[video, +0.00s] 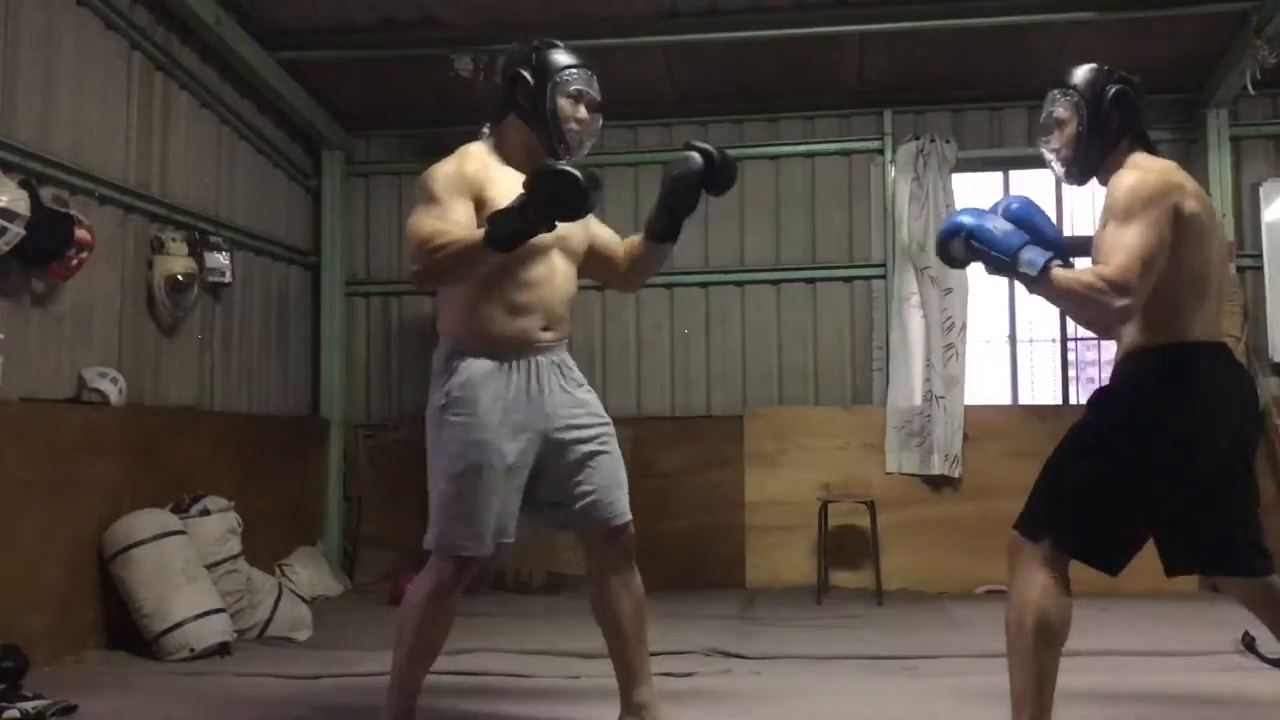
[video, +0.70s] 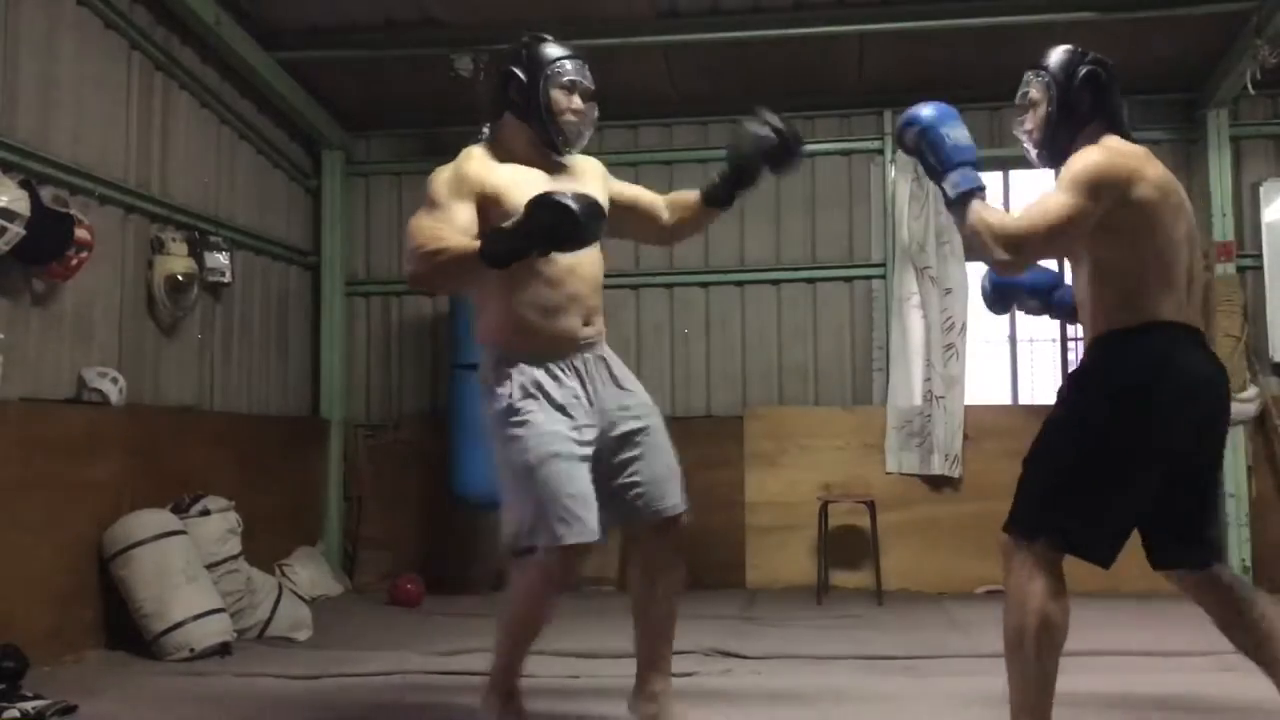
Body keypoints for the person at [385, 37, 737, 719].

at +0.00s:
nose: (590, 117)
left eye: (594, 105)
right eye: (577, 100)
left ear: (588, 115)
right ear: (528, 99)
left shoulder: (566, 202)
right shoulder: (462, 170)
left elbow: (629, 267)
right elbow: (424, 263)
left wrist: (673, 206)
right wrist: (512, 226)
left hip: (559, 374)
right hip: (478, 378)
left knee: (614, 536)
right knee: (457, 559)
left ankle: (640, 704)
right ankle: (400, 706)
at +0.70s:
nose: (582, 105)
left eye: (587, 93)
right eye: (568, 90)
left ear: (587, 103)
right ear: (522, 93)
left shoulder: (588, 174)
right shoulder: (469, 171)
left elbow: (667, 219)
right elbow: (424, 267)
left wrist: (736, 175)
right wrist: (518, 240)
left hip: (603, 370)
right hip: (527, 382)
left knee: (662, 518)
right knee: (566, 537)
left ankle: (653, 692)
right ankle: (502, 689)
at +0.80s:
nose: (554, 123)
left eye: (559, 110)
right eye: (539, 108)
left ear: (563, 118)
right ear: (494, 107)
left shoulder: (572, 191)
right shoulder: (442, 186)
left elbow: (648, 263)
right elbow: (439, 255)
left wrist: (730, 318)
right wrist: (525, 195)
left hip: (615, 346)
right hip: (545, 389)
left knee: (762, 417)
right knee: (586, 553)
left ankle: (749, 552)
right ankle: (559, 711)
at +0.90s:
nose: (553, 134)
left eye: (556, 121)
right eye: (540, 120)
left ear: (556, 127)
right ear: (496, 119)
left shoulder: (568, 194)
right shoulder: (436, 191)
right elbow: (460, 236)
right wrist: (541, 174)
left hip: (626, 323)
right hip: (565, 391)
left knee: (768, 290)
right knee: (591, 558)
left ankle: (922, 329)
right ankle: (564, 710)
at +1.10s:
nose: (568, 129)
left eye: (572, 116)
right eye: (553, 112)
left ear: (572, 122)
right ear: (504, 112)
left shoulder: (568, 187)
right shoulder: (448, 196)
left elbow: (637, 275)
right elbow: (457, 288)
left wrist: (706, 345)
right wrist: (551, 242)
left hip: (615, 326)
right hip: (557, 390)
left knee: (751, 281)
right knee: (593, 550)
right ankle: (566, 710)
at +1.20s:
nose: (569, 125)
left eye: (574, 113)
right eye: (553, 110)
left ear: (577, 120)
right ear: (506, 112)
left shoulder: (569, 188)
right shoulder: (450, 204)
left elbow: (632, 249)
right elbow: (448, 304)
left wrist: (728, 287)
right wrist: (548, 283)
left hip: (613, 342)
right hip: (546, 393)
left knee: (753, 376)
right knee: (580, 547)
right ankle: (563, 709)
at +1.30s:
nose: (571, 123)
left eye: (575, 111)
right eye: (555, 108)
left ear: (578, 120)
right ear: (508, 112)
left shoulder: (572, 191)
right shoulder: (454, 204)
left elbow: (636, 245)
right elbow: (443, 308)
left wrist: (725, 253)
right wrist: (536, 295)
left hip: (599, 366)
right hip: (533, 390)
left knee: (689, 479)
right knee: (572, 549)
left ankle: (592, 583)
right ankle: (561, 709)